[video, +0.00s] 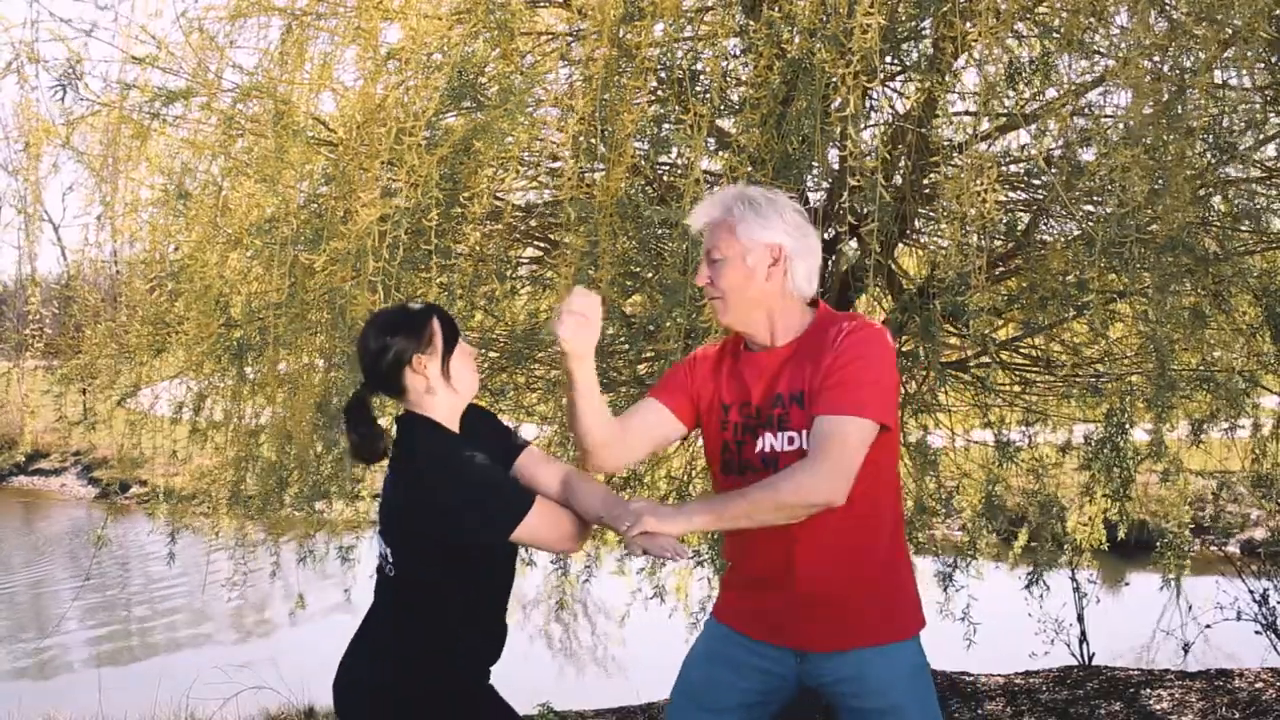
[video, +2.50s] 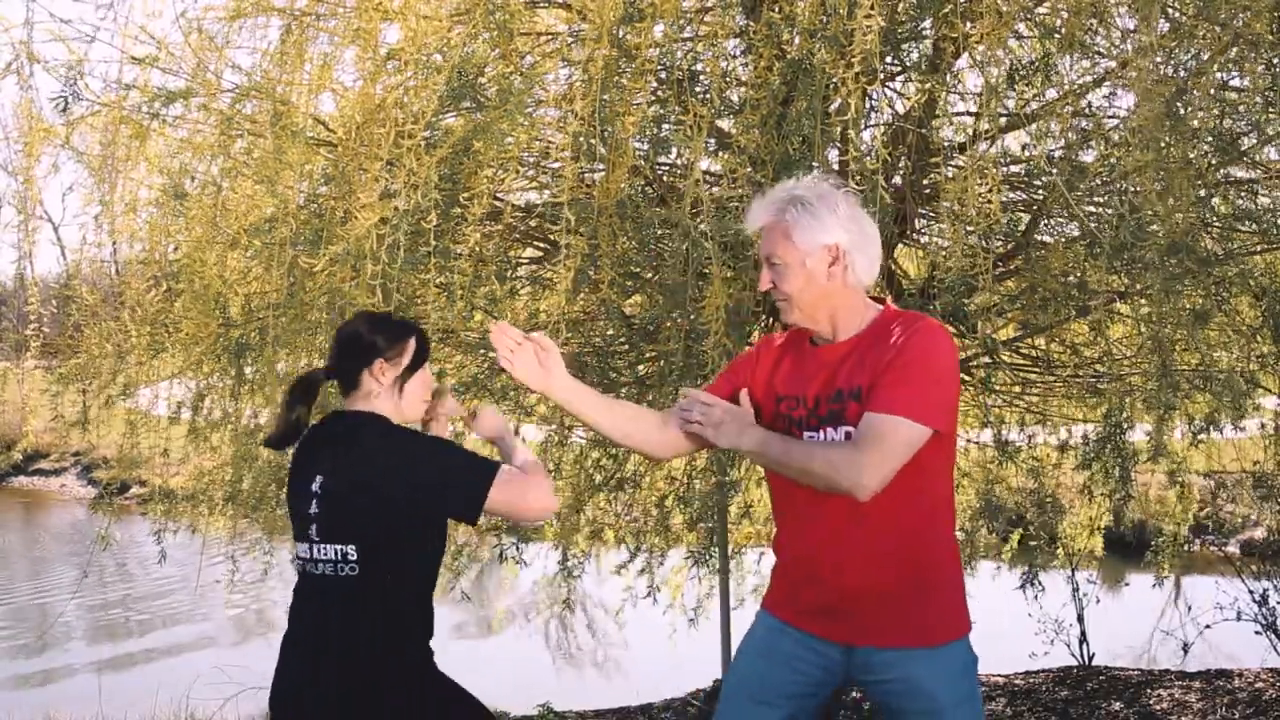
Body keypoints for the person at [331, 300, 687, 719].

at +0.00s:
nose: (474, 350)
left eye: (464, 339)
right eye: (459, 342)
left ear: (422, 368)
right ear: (423, 368)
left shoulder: (466, 422)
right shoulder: (443, 469)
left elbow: (562, 478)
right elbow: (568, 534)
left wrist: (631, 522)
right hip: (430, 696)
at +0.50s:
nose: (454, 359)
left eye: (447, 346)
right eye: (443, 348)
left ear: (401, 368)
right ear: (407, 366)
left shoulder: (434, 429)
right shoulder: (427, 465)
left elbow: (515, 488)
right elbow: (539, 548)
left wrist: (588, 529)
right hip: (414, 695)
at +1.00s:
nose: (472, 360)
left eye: (464, 347)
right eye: (459, 349)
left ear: (421, 370)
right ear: (423, 368)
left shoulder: (448, 431)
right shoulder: (435, 468)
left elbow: (529, 496)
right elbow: (544, 560)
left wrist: (590, 542)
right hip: (421, 697)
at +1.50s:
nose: (439, 359)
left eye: (434, 346)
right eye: (429, 347)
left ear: (380, 362)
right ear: (389, 362)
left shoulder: (336, 436)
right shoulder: (430, 459)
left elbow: (392, 470)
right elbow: (548, 529)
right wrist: (606, 503)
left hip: (307, 686)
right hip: (397, 693)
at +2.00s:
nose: (390, 357)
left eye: (384, 344)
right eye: (378, 345)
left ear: (324, 365)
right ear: (333, 362)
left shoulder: (283, 432)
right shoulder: (359, 452)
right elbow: (493, 493)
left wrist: (400, 437)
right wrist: (529, 398)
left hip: (267, 682)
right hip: (348, 689)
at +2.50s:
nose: (431, 382)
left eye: (428, 368)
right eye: (424, 368)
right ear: (382, 372)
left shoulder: (312, 446)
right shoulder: (407, 454)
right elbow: (539, 499)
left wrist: (436, 432)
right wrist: (504, 436)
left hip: (300, 687)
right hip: (390, 688)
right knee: (482, 712)